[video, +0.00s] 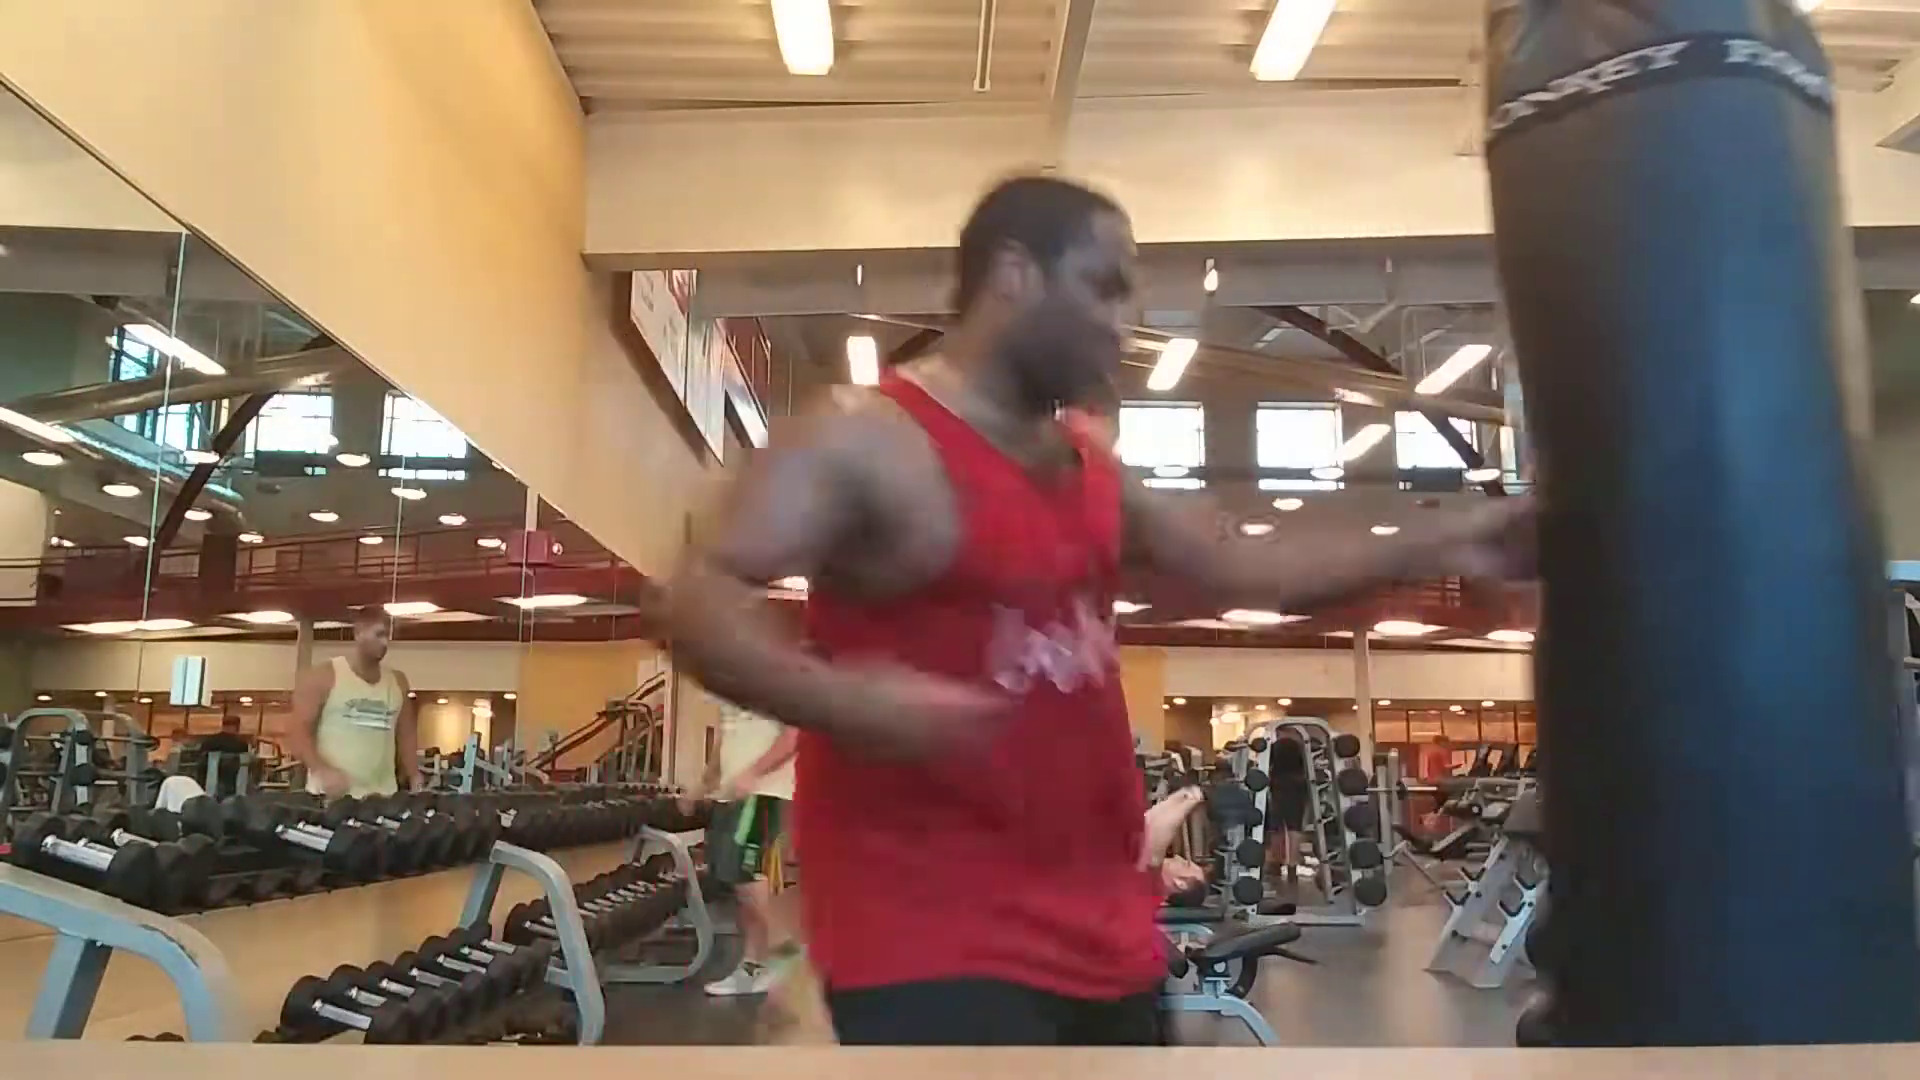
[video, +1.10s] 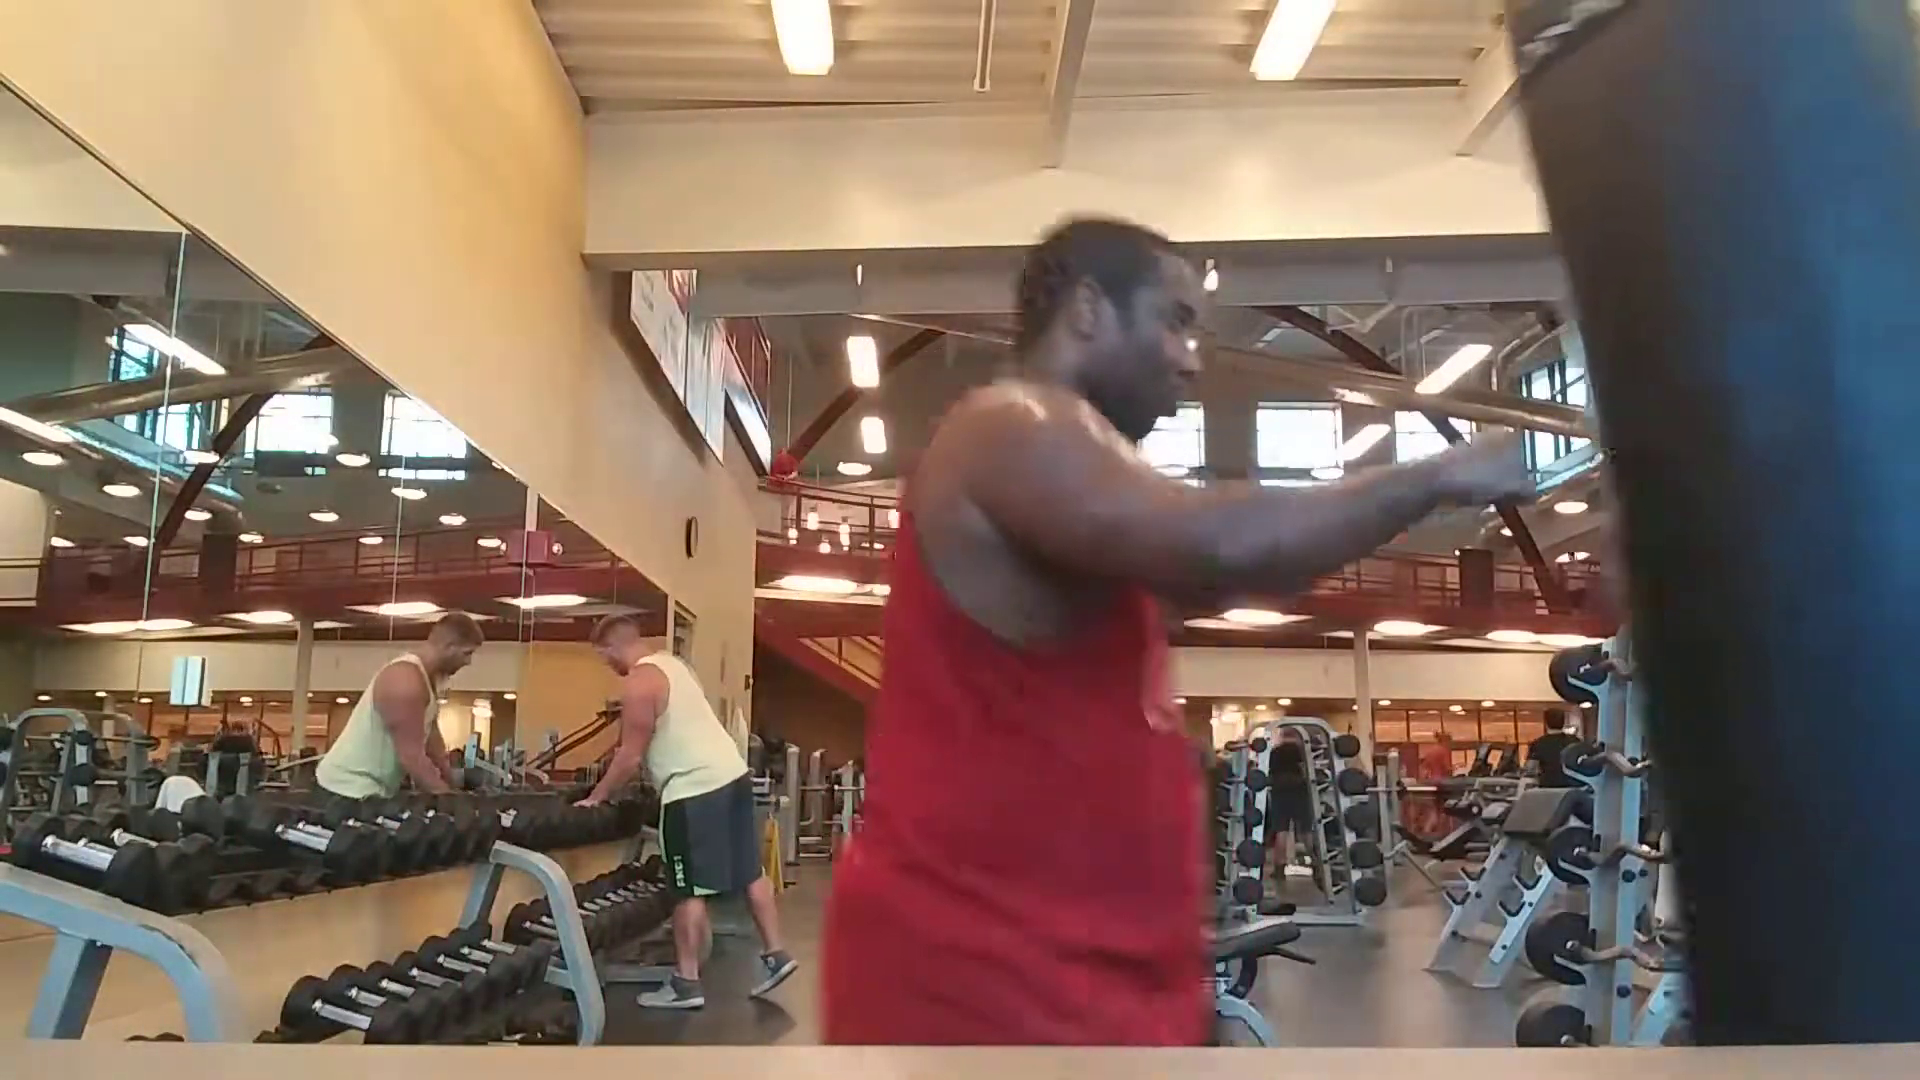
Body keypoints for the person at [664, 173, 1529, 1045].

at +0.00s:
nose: (1133, 324)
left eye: (1134, 299)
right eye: (1110, 288)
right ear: (1011, 275)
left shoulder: (1087, 472)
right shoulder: (860, 440)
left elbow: (1249, 560)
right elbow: (688, 598)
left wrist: (1462, 539)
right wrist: (856, 700)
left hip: (1105, 947)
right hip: (939, 957)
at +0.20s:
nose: (1048, 286)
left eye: (1054, 264)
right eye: (1027, 253)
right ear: (932, 233)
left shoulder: (1036, 433)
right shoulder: (795, 392)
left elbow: (1137, 614)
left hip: (1155, 759)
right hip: (1009, 906)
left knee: (1390, 723)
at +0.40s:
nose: (1060, 314)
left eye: (1063, 290)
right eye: (1041, 276)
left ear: (948, 262)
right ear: (941, 255)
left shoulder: (994, 445)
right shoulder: (824, 429)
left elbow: (1112, 596)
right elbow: (1092, 520)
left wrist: (1240, 627)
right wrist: (1174, 367)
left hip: (1165, 747)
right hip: (1067, 926)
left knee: (1448, 742)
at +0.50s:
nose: (1074, 307)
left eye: (1074, 280)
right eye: (1054, 269)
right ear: (955, 256)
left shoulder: (1017, 447)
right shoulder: (833, 437)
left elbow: (1096, 613)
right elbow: (1027, 564)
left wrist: (1266, 581)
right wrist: (1148, 416)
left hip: (1182, 790)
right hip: (1061, 937)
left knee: (1415, 905)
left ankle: (1417, 1058)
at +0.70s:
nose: (1171, 288)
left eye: (1170, 258)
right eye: (1150, 249)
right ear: (1054, 235)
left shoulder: (1099, 430)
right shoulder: (946, 399)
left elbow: (1210, 587)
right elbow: (1101, 569)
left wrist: (1311, 456)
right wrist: (1248, 427)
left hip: (1202, 930)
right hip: (1083, 958)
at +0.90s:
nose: (1247, 354)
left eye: (1247, 324)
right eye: (1229, 315)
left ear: (1145, 313)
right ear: (1138, 306)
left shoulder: (1135, 484)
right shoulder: (1037, 440)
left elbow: (1236, 645)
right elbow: (1162, 623)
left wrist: (1314, 517)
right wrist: (1348, 528)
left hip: (1194, 948)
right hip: (1079, 964)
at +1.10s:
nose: (1192, 358)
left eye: (1193, 330)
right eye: (1175, 321)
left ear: (1086, 319)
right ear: (1087, 311)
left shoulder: (1074, 450)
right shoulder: (1011, 427)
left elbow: (1219, 576)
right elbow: (1200, 554)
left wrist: (1347, 491)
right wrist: (1433, 481)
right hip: (996, 968)